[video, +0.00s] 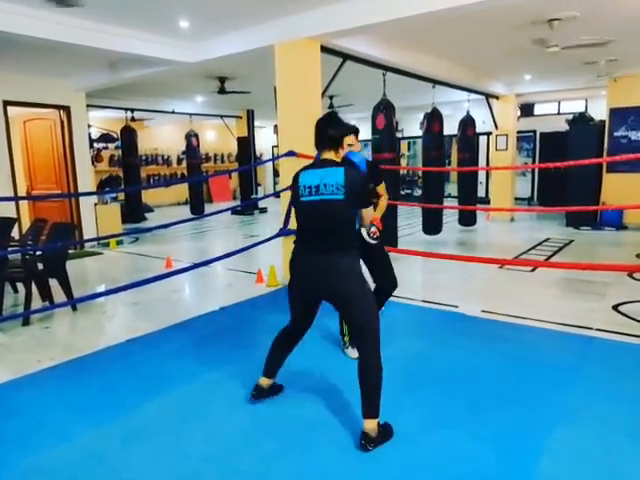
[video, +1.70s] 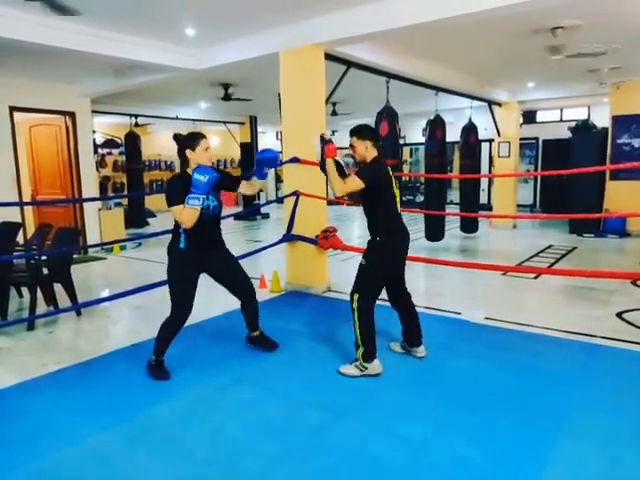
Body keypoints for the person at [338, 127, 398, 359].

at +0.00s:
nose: (354, 149)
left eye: (356, 143)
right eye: (349, 145)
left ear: (360, 143)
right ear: (338, 147)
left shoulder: (368, 167)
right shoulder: (330, 171)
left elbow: (383, 195)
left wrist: (376, 218)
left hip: (366, 230)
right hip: (342, 232)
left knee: (388, 283)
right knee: (346, 287)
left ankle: (361, 323)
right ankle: (348, 336)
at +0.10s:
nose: (350, 143)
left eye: (354, 137)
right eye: (346, 138)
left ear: (365, 135)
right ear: (342, 140)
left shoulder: (381, 159)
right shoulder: (340, 164)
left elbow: (396, 185)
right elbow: (331, 194)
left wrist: (384, 209)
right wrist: (335, 223)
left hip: (378, 227)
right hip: (350, 229)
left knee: (388, 279)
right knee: (348, 283)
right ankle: (347, 334)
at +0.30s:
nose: (359, 151)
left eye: (364, 145)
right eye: (357, 146)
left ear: (378, 146)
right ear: (356, 148)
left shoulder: (393, 173)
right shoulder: (358, 175)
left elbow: (416, 205)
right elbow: (355, 200)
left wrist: (392, 221)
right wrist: (354, 212)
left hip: (395, 236)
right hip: (369, 235)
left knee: (399, 288)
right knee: (356, 281)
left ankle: (412, 334)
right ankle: (374, 317)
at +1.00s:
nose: (345, 157)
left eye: (349, 152)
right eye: (344, 153)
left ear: (364, 151)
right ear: (350, 155)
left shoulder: (381, 178)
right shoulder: (358, 180)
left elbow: (405, 207)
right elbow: (368, 209)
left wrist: (374, 222)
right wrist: (347, 221)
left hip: (393, 235)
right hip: (379, 235)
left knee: (370, 288)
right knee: (384, 278)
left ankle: (376, 352)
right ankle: (400, 319)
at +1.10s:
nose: (342, 160)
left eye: (345, 155)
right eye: (340, 156)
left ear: (362, 153)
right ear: (351, 156)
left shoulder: (373, 180)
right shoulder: (359, 180)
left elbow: (382, 220)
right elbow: (363, 212)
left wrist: (348, 221)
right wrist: (339, 219)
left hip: (390, 239)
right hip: (381, 237)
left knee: (366, 293)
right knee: (381, 280)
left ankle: (376, 354)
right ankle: (401, 322)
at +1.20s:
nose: (344, 157)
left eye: (347, 151)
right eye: (343, 152)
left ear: (363, 150)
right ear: (359, 152)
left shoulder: (375, 174)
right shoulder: (361, 175)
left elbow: (361, 212)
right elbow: (347, 207)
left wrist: (333, 189)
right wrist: (327, 193)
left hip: (390, 237)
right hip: (382, 235)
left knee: (366, 293)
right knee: (379, 283)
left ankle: (376, 355)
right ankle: (406, 326)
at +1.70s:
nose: (351, 151)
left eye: (354, 146)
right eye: (350, 147)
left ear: (369, 145)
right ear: (369, 146)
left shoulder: (372, 170)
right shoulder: (380, 168)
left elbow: (340, 189)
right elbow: (349, 188)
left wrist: (329, 160)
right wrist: (337, 166)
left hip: (384, 240)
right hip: (397, 238)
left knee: (360, 297)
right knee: (397, 292)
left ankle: (366, 360)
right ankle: (414, 343)